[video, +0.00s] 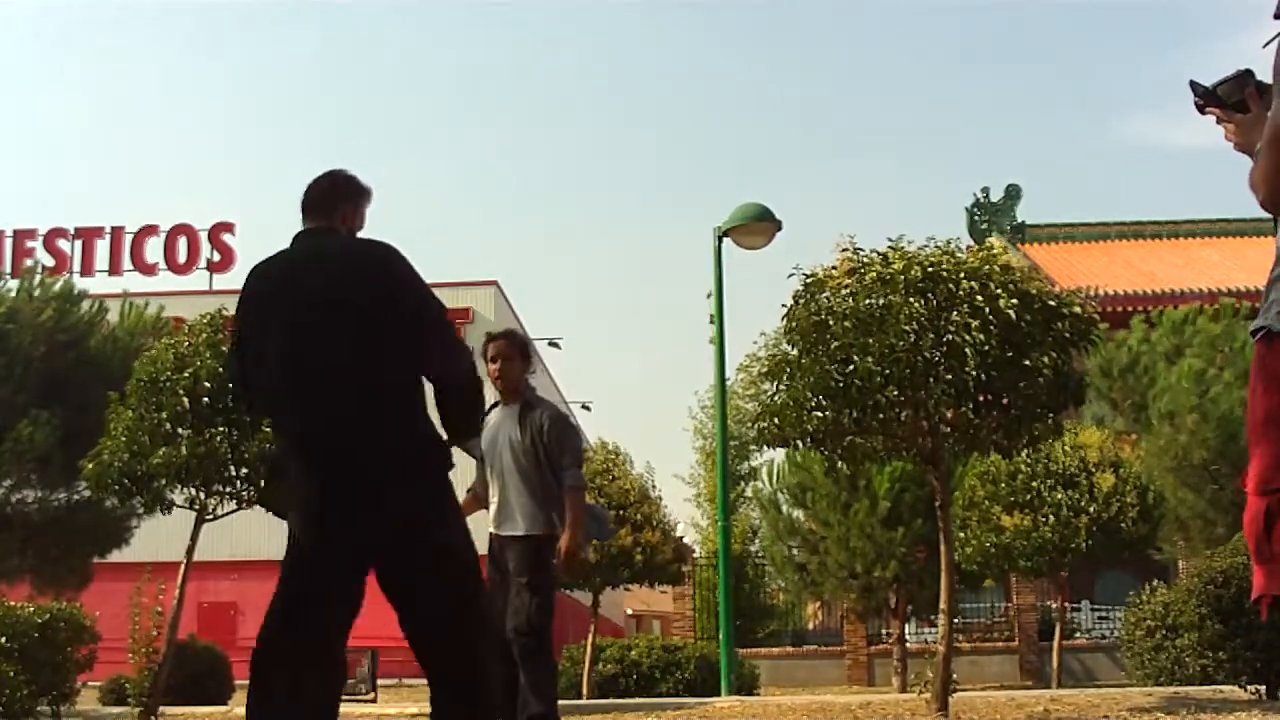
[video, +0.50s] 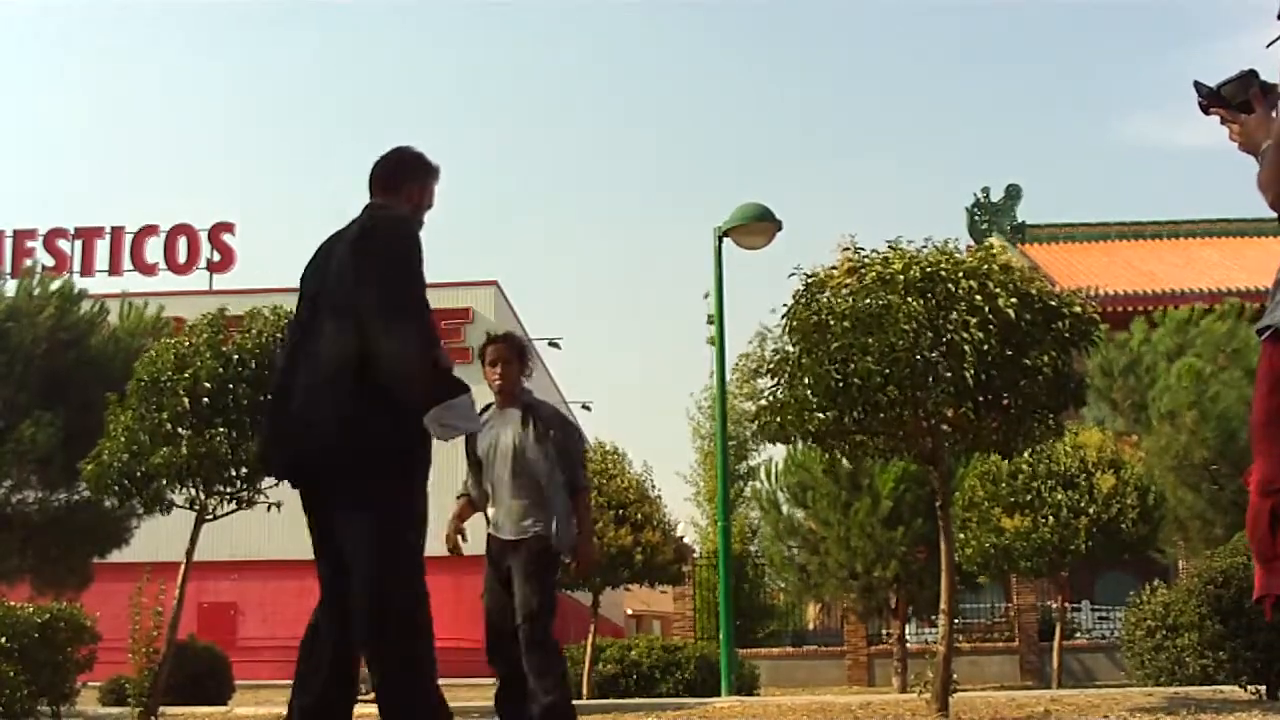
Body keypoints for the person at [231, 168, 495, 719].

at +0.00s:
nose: (362, 228)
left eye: (363, 220)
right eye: (362, 219)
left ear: (304, 213)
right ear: (349, 214)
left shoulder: (263, 279)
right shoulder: (380, 261)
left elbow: (249, 383)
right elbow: (453, 365)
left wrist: (301, 422)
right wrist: (460, 430)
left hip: (319, 486)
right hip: (405, 479)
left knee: (299, 643)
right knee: (459, 639)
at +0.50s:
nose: (426, 213)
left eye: (428, 202)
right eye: (425, 201)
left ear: (377, 187)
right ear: (407, 190)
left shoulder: (330, 250)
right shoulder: (392, 237)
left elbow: (305, 353)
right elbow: (402, 340)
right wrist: (449, 401)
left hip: (324, 448)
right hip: (380, 449)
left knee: (340, 597)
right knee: (396, 596)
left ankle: (314, 710)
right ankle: (417, 710)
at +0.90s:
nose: (414, 190)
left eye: (405, 181)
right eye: (417, 181)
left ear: (362, 177)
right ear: (415, 178)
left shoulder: (318, 238)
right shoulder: (426, 229)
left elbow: (313, 330)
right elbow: (481, 326)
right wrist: (540, 393)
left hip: (323, 437)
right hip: (413, 439)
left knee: (296, 581)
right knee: (441, 588)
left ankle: (277, 705)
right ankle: (443, 709)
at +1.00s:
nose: (389, 187)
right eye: (392, 179)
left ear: (337, 179)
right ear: (392, 178)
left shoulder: (296, 236)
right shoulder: (413, 233)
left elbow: (286, 334)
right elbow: (486, 316)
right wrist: (558, 377)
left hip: (307, 452)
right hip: (403, 451)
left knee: (290, 607)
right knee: (441, 609)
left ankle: (298, 716)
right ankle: (447, 713)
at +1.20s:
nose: (322, 176)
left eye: (297, 170)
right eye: (332, 165)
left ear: (283, 173)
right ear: (341, 167)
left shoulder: (261, 221)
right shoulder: (384, 224)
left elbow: (226, 308)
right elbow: (473, 283)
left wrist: (290, 335)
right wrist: (557, 338)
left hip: (289, 441)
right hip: (375, 435)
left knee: (295, 596)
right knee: (394, 573)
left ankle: (293, 707)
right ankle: (426, 652)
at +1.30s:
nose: (283, 186)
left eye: (269, 179)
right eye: (303, 170)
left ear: (263, 179)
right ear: (320, 173)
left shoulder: (256, 229)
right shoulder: (372, 227)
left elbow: (204, 305)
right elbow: (459, 269)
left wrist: (258, 327)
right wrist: (524, 327)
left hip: (315, 434)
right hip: (387, 429)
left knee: (276, 561)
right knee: (343, 570)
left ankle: (327, 699)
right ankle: (355, 705)